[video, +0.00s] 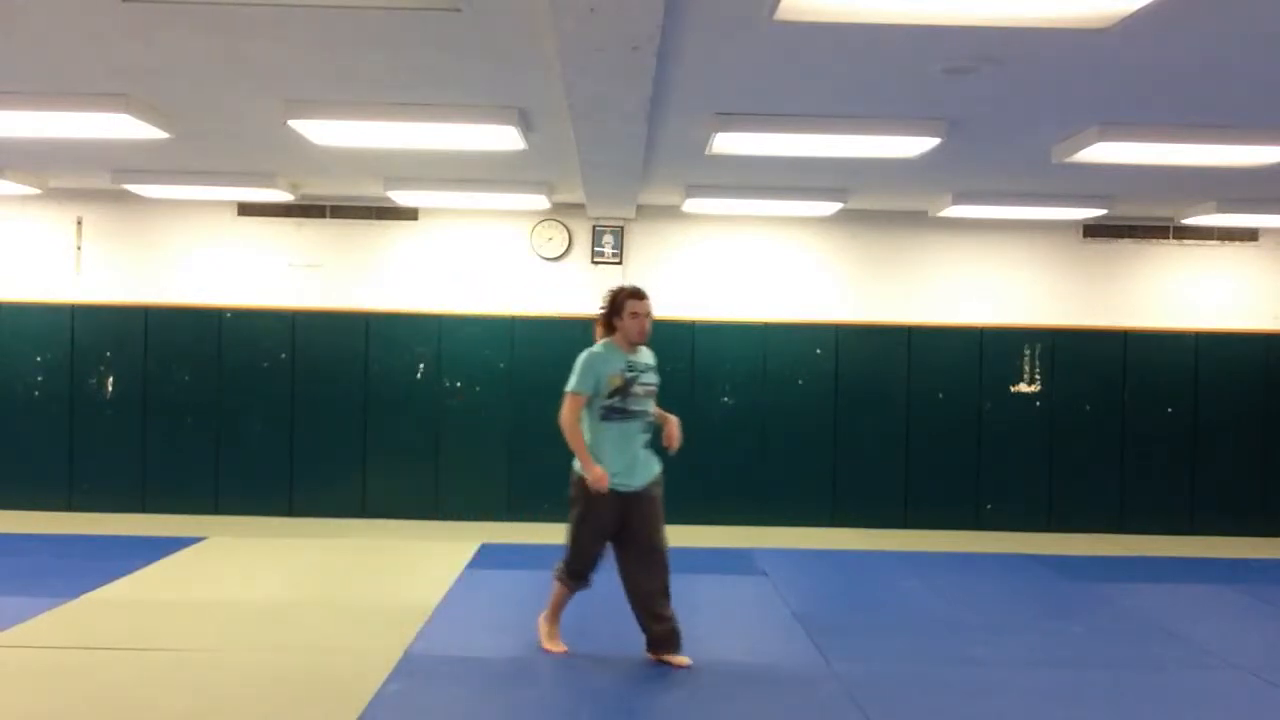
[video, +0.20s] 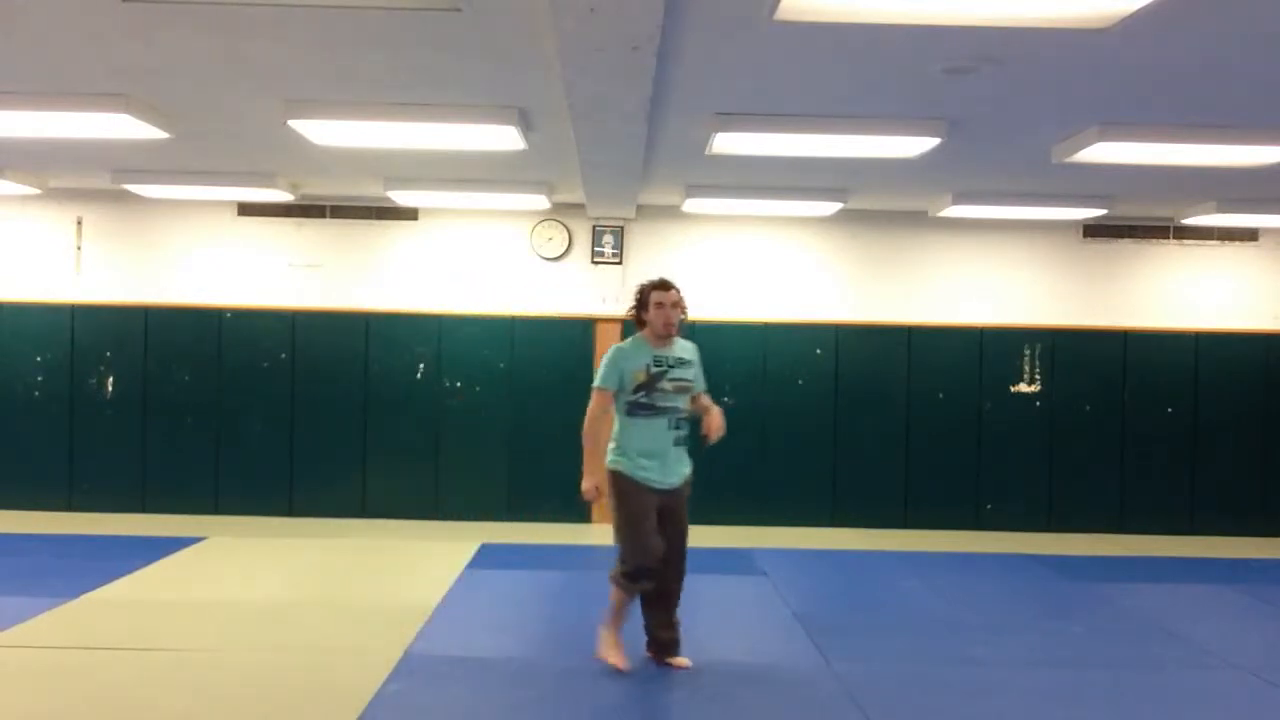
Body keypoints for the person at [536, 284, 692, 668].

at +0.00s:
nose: (644, 323)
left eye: (647, 316)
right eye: (635, 316)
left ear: (650, 320)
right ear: (615, 320)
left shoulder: (647, 358)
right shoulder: (595, 358)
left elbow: (638, 404)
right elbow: (568, 416)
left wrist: (667, 418)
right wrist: (589, 465)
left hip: (642, 480)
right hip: (600, 479)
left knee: (650, 563)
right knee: (580, 561)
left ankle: (662, 643)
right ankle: (549, 620)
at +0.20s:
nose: (669, 314)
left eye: (675, 306)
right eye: (660, 307)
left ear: (682, 312)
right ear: (643, 313)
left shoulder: (689, 352)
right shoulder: (622, 354)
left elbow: (696, 396)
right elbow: (598, 412)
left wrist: (711, 410)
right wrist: (590, 472)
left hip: (675, 471)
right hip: (631, 470)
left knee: (671, 562)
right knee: (643, 555)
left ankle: (663, 644)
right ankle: (611, 630)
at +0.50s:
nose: (687, 312)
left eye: (694, 304)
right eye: (678, 305)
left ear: (704, 311)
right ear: (664, 313)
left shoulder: (718, 354)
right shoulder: (644, 361)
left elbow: (729, 404)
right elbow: (623, 424)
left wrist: (747, 427)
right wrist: (618, 484)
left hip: (710, 481)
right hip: (662, 482)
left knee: (699, 569)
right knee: (676, 574)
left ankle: (669, 625)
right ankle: (690, 674)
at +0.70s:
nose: (695, 308)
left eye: (702, 299)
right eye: (685, 301)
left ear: (712, 305)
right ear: (671, 308)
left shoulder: (729, 350)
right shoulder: (652, 358)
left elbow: (743, 409)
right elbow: (634, 424)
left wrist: (756, 468)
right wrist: (643, 484)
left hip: (730, 487)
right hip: (676, 490)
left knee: (742, 576)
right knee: (680, 589)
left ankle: (718, 653)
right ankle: (688, 677)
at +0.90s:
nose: (707, 308)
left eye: (714, 300)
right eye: (697, 301)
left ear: (727, 306)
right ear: (685, 309)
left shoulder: (747, 352)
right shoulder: (666, 359)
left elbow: (760, 413)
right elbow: (644, 422)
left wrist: (770, 472)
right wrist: (650, 472)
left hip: (744, 497)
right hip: (686, 499)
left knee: (750, 602)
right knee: (685, 597)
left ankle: (767, 707)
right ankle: (690, 680)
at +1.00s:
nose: (717, 310)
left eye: (725, 301)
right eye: (707, 303)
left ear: (738, 307)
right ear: (695, 310)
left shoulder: (760, 356)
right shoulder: (675, 363)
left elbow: (773, 420)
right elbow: (652, 425)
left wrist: (783, 480)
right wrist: (653, 478)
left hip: (752, 503)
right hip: (693, 504)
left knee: (752, 613)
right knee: (688, 602)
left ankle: (756, 710)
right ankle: (690, 678)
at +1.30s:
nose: (741, 303)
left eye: (750, 293)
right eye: (732, 294)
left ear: (764, 300)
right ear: (718, 303)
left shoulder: (792, 354)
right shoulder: (699, 359)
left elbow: (816, 418)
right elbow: (682, 426)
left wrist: (830, 476)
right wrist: (678, 483)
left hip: (775, 511)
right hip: (710, 509)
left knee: (768, 625)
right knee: (705, 609)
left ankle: (757, 714)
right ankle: (700, 690)